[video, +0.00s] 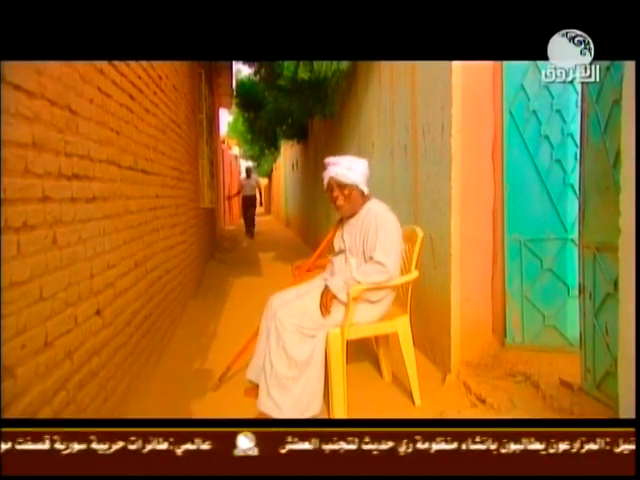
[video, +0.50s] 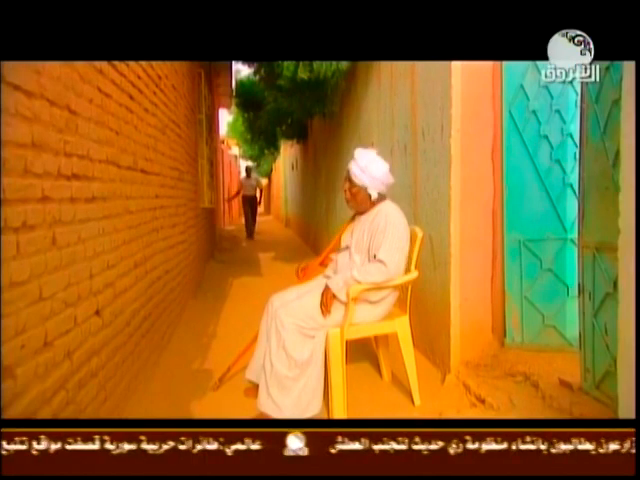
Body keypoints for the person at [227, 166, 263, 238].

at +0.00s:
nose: (248, 173)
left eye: (249, 171)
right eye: (247, 171)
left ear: (251, 172)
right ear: (245, 172)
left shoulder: (255, 180)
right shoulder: (242, 181)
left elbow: (260, 190)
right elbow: (239, 191)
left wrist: (261, 200)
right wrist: (231, 196)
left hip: (252, 196)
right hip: (245, 196)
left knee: (251, 215)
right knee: (245, 215)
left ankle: (251, 230)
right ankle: (248, 230)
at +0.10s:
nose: (248, 172)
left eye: (249, 171)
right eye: (247, 171)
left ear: (251, 171)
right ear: (246, 171)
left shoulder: (256, 179)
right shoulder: (242, 180)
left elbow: (260, 189)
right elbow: (239, 190)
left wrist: (261, 200)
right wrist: (231, 195)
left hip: (252, 196)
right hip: (245, 196)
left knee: (253, 214)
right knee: (244, 214)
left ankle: (251, 228)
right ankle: (247, 226)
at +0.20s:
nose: (248, 172)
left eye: (249, 170)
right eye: (247, 170)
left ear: (252, 170)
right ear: (245, 170)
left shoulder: (256, 178)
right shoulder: (242, 179)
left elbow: (261, 188)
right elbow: (239, 189)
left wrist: (261, 198)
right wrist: (230, 195)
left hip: (253, 195)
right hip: (245, 195)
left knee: (253, 213)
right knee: (245, 213)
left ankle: (253, 228)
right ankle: (247, 227)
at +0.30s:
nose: (248, 171)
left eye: (249, 169)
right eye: (247, 169)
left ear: (252, 170)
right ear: (245, 170)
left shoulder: (256, 178)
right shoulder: (243, 179)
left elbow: (261, 187)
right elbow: (239, 189)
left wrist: (261, 199)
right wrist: (229, 194)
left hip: (253, 195)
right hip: (245, 195)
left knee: (253, 213)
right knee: (246, 213)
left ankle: (253, 229)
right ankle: (247, 229)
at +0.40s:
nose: (248, 172)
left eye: (249, 170)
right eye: (247, 170)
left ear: (252, 170)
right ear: (245, 170)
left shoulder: (256, 178)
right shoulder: (243, 179)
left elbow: (261, 188)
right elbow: (239, 189)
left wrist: (260, 199)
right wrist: (230, 195)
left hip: (253, 196)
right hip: (245, 196)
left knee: (253, 214)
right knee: (246, 215)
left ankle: (252, 230)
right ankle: (247, 231)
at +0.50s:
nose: (248, 173)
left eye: (249, 171)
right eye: (247, 171)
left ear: (251, 171)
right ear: (245, 171)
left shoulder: (256, 180)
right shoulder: (242, 180)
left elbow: (261, 188)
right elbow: (238, 191)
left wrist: (260, 200)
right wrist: (230, 198)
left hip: (253, 196)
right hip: (245, 196)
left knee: (253, 215)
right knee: (247, 216)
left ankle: (251, 232)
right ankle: (248, 233)